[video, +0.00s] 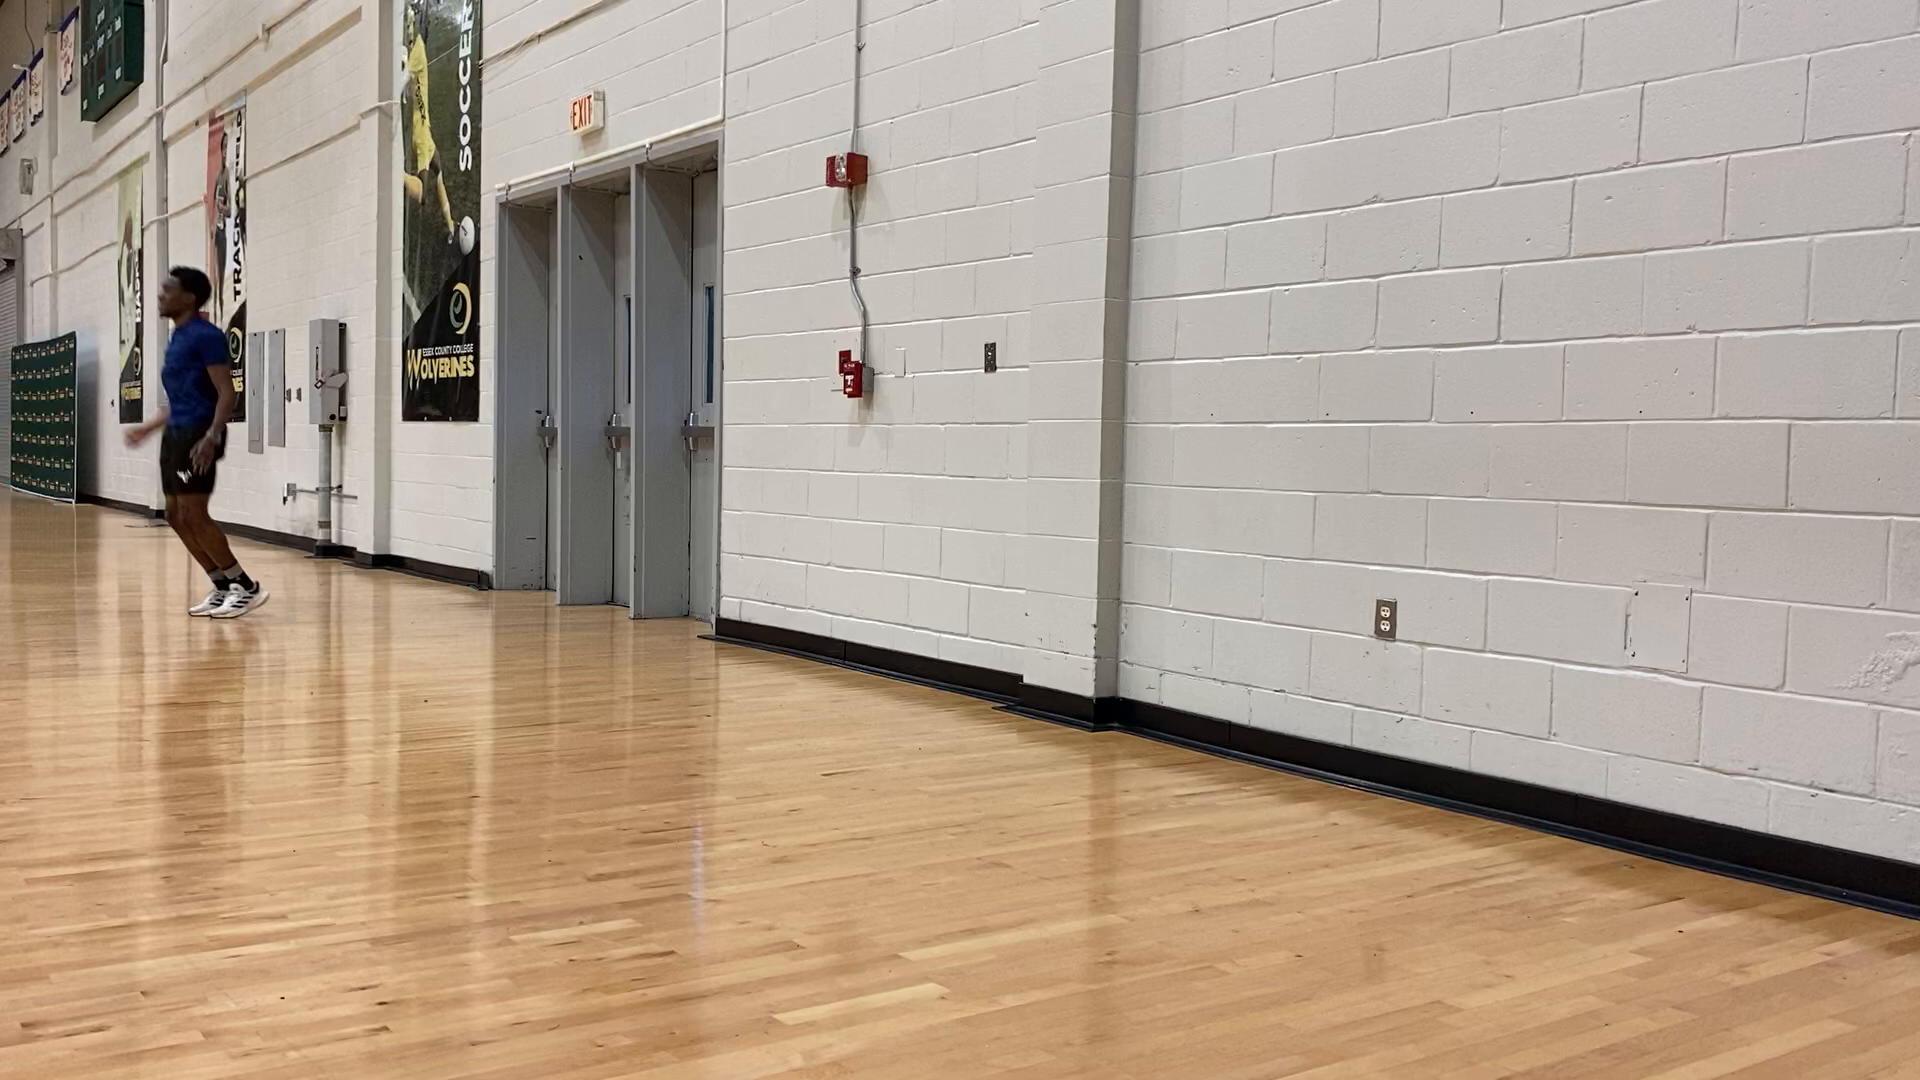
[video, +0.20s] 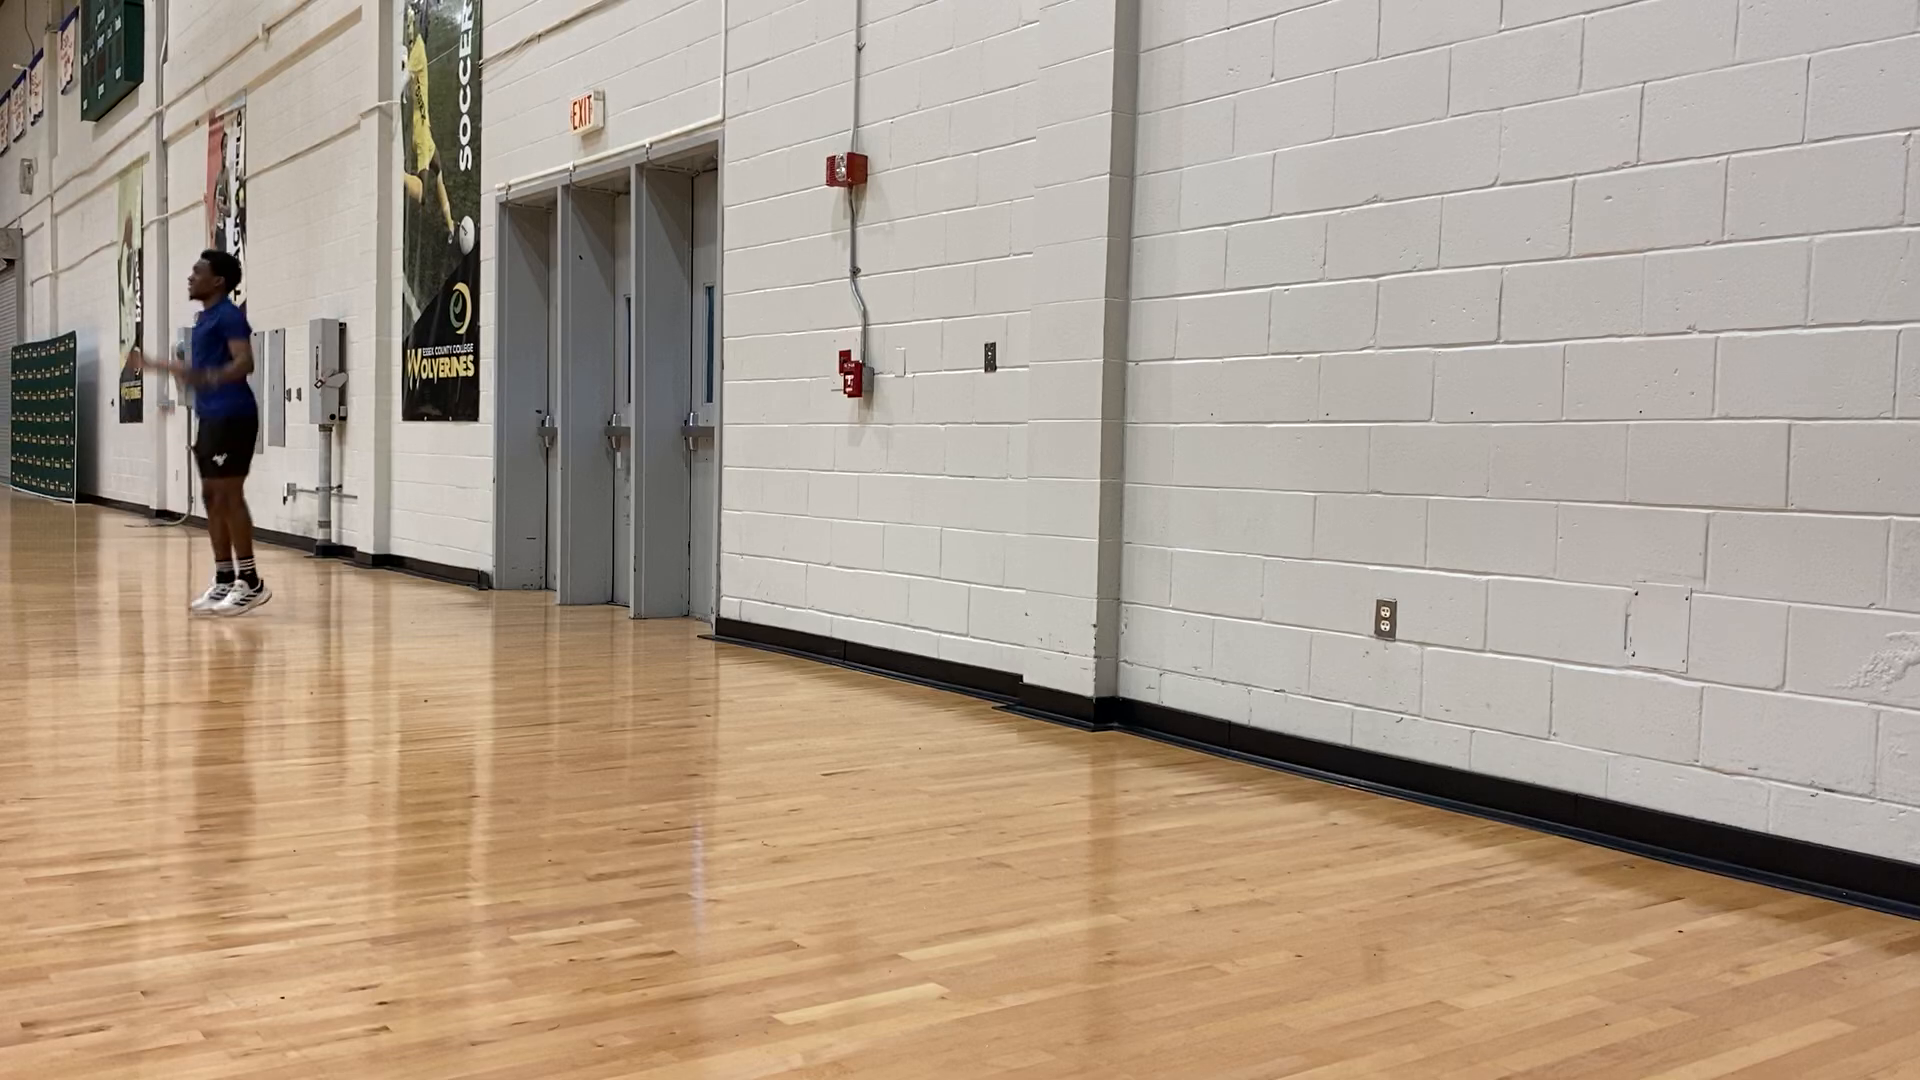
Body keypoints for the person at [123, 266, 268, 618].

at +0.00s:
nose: (160, 294)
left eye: (168, 289)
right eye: (162, 288)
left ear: (190, 298)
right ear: (179, 298)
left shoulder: (206, 336)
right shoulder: (179, 336)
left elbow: (227, 394)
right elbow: (180, 402)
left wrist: (211, 438)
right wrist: (147, 428)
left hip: (199, 435)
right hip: (176, 434)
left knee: (194, 515)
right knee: (177, 518)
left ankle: (244, 586)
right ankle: (223, 588)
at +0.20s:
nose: (190, 277)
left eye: (198, 272)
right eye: (193, 271)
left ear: (218, 281)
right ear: (209, 281)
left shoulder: (228, 315)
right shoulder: (204, 319)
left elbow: (245, 363)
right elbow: (194, 371)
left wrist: (210, 376)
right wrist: (150, 364)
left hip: (233, 418)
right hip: (212, 418)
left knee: (230, 497)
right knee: (212, 497)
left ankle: (250, 583)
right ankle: (224, 582)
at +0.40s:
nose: (213, 296)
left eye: (221, 290)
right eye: (214, 290)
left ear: (238, 294)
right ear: (218, 295)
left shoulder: (254, 319)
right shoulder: (227, 321)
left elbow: (264, 297)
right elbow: (208, 293)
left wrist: (234, 258)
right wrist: (204, 252)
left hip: (256, 424)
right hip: (233, 424)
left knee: (244, 506)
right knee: (225, 508)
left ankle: (301, 581)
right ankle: (268, 579)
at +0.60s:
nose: (232, 283)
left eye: (238, 279)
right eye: (234, 278)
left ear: (256, 284)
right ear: (242, 285)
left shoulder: (271, 312)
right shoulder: (241, 312)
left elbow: (286, 292)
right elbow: (222, 282)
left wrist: (269, 246)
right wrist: (210, 244)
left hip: (269, 416)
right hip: (247, 416)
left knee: (267, 499)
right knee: (246, 498)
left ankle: (303, 582)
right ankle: (269, 578)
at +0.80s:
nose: (244, 269)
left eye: (252, 265)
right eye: (247, 264)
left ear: (271, 274)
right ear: (258, 274)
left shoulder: (280, 305)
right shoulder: (256, 309)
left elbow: (308, 351)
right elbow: (248, 361)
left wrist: (287, 376)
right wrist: (207, 363)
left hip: (276, 405)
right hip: (255, 406)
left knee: (267, 488)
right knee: (253, 488)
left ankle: (294, 572)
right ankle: (278, 570)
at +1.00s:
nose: (255, 301)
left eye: (262, 297)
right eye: (257, 296)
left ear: (281, 307)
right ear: (275, 308)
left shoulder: (294, 345)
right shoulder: (270, 346)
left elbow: (311, 399)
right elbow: (270, 408)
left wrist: (279, 434)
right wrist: (236, 429)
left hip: (286, 440)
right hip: (267, 438)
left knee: (263, 516)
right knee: (253, 519)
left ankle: (304, 590)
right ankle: (299, 588)